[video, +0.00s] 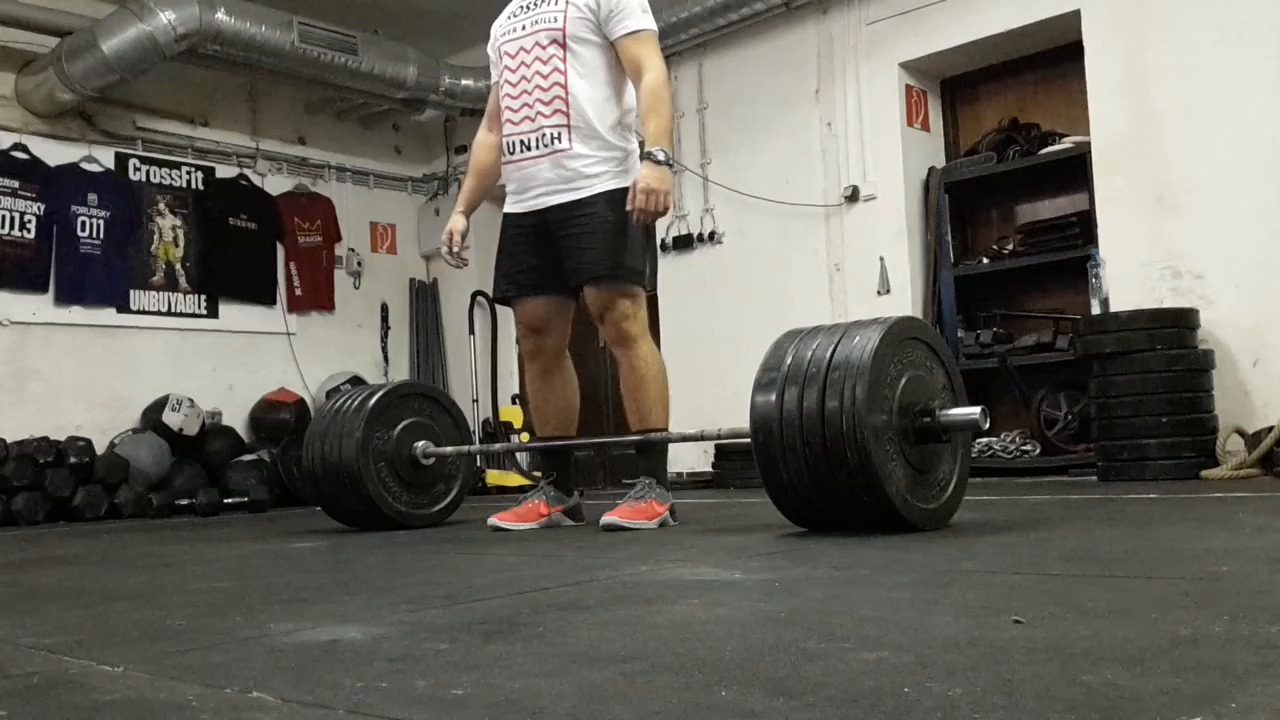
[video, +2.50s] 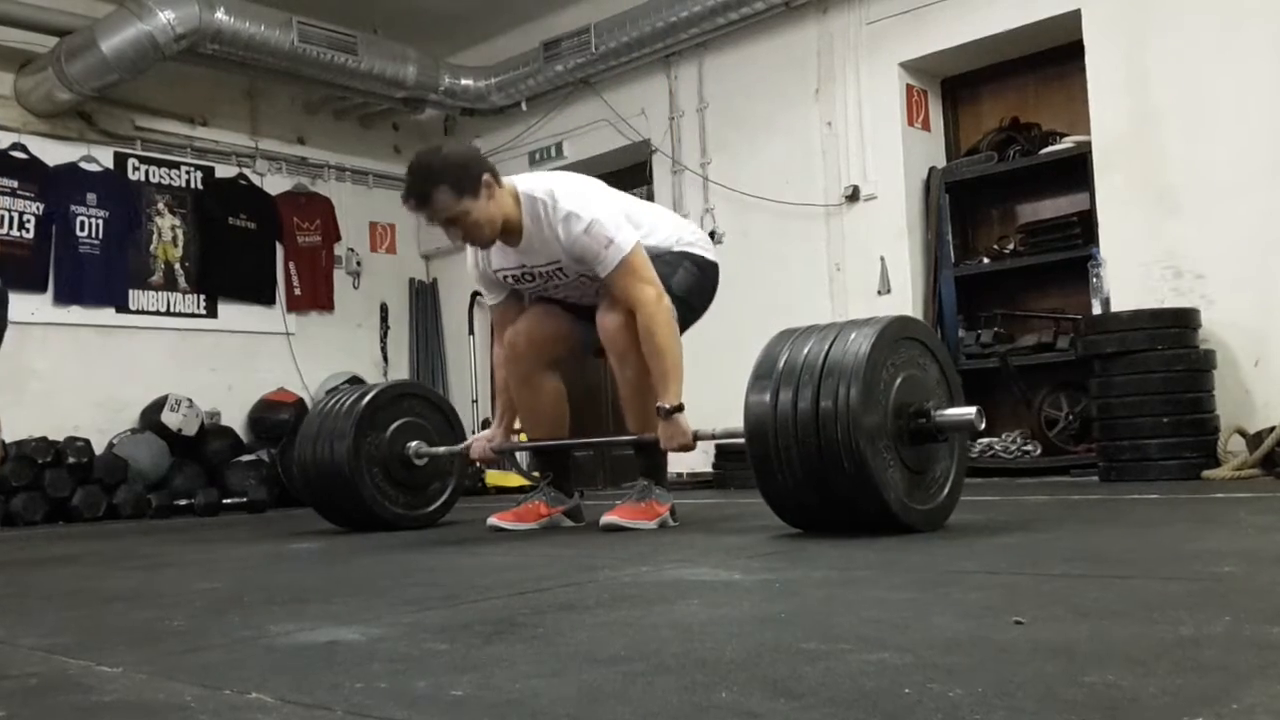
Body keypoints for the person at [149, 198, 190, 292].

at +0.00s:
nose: (163, 211)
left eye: (164, 209)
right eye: (161, 210)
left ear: (167, 208)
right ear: (159, 210)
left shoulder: (174, 220)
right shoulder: (158, 220)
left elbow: (180, 236)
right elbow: (156, 234)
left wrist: (180, 249)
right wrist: (155, 245)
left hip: (172, 243)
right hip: (161, 243)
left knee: (177, 265)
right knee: (159, 262)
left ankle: (183, 283)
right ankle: (159, 277)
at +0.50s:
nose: (162, 211)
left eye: (164, 209)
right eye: (161, 209)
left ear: (167, 208)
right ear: (159, 210)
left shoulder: (174, 220)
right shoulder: (158, 220)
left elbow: (180, 236)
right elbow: (157, 234)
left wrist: (180, 249)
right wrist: (155, 245)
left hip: (171, 244)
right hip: (161, 243)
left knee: (177, 265)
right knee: (159, 262)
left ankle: (183, 283)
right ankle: (159, 277)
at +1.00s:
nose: (162, 211)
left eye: (164, 209)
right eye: (160, 209)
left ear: (167, 208)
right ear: (159, 210)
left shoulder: (174, 220)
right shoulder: (158, 220)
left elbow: (180, 236)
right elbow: (156, 234)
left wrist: (180, 249)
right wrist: (155, 245)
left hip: (172, 244)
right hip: (161, 243)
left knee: (177, 265)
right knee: (159, 262)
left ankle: (183, 283)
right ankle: (159, 277)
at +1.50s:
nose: (162, 211)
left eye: (164, 209)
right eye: (160, 210)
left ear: (167, 208)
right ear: (159, 210)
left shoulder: (174, 220)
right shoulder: (158, 220)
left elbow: (180, 235)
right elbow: (156, 234)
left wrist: (180, 249)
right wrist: (154, 245)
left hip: (172, 243)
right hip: (161, 243)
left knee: (177, 265)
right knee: (159, 262)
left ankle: (183, 283)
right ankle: (159, 277)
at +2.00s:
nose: (162, 211)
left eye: (164, 209)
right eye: (160, 210)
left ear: (168, 208)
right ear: (159, 210)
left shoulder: (175, 220)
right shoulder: (158, 220)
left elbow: (180, 235)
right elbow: (156, 234)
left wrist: (180, 249)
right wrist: (155, 245)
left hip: (172, 243)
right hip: (162, 243)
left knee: (177, 265)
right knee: (159, 262)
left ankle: (183, 283)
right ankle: (159, 277)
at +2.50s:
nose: (161, 211)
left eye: (163, 209)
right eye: (159, 209)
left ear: (167, 208)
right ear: (158, 210)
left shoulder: (174, 220)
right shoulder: (157, 220)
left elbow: (180, 235)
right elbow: (155, 234)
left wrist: (179, 248)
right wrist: (154, 245)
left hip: (171, 243)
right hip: (160, 243)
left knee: (176, 265)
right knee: (159, 261)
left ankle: (182, 283)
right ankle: (158, 277)